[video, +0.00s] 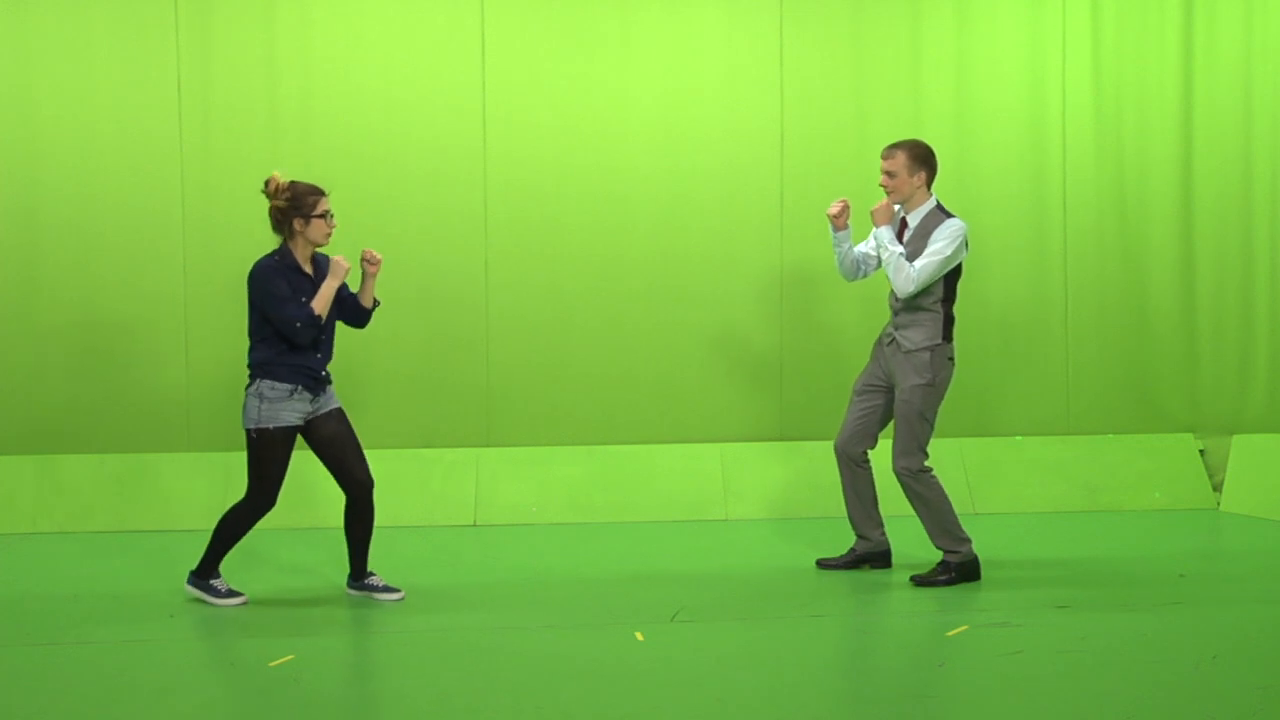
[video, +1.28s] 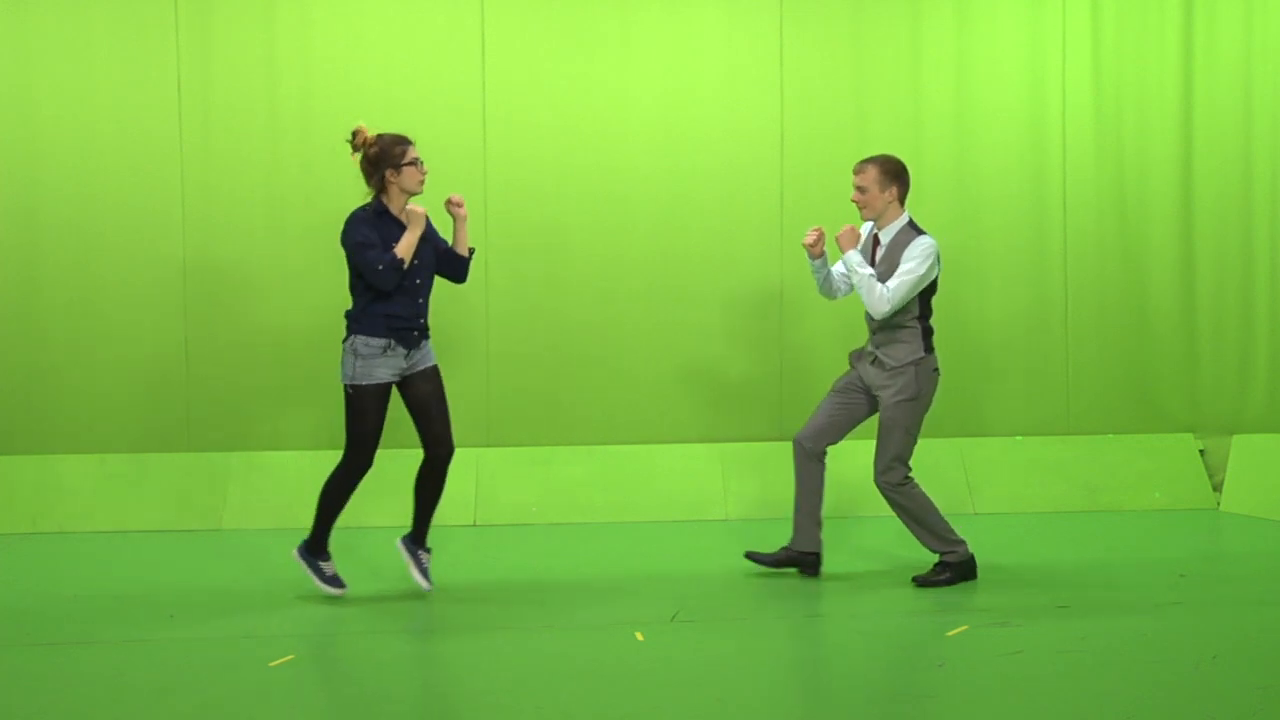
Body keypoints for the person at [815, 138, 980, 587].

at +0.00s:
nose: (884, 183)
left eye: (890, 176)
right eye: (883, 175)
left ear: (921, 178)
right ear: (901, 180)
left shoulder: (952, 230)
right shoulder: (896, 224)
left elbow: (907, 283)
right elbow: (851, 270)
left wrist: (884, 230)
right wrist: (841, 231)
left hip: (925, 356)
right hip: (888, 350)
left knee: (908, 461)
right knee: (850, 446)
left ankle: (961, 557)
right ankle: (871, 546)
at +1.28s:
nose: (855, 198)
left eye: (862, 190)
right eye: (854, 190)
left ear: (893, 193)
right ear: (882, 194)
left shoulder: (921, 248)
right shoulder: (868, 239)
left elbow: (881, 305)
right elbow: (833, 287)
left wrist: (851, 255)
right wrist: (818, 258)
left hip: (909, 370)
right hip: (871, 365)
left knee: (890, 475)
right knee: (808, 443)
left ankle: (957, 557)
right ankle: (805, 550)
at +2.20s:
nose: (756, 194)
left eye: (763, 187)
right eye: (756, 187)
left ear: (793, 191)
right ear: (779, 192)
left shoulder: (829, 240)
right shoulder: (772, 238)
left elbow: (791, 295)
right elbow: (733, 287)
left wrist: (760, 246)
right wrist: (724, 245)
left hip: (822, 369)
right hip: (779, 363)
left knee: (818, 476)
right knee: (726, 450)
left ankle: (868, 557)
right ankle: (722, 556)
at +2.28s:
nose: (749, 193)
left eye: (756, 186)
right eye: (749, 186)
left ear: (785, 189)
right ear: (772, 191)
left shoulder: (820, 239)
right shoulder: (765, 237)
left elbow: (780, 292)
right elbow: (736, 289)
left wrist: (750, 244)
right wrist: (717, 254)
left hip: (816, 368)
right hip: (775, 363)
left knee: (814, 475)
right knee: (722, 448)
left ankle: (868, 558)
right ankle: (712, 556)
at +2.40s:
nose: (727, 198)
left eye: (734, 191)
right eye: (726, 190)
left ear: (763, 194)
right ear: (755, 196)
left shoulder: (796, 244)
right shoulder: (748, 245)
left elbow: (755, 300)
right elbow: (743, 306)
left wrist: (726, 252)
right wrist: (704, 297)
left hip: (801, 373)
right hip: (760, 368)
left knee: (810, 480)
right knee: (701, 448)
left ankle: (867, 557)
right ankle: (685, 557)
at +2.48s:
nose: (703, 201)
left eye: (709, 193)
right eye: (702, 193)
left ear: (739, 196)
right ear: (728, 198)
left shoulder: (776, 244)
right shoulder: (723, 247)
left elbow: (737, 306)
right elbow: (717, 304)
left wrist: (707, 258)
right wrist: (676, 318)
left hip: (788, 372)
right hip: (743, 371)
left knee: (811, 476)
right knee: (688, 448)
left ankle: (867, 557)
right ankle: (679, 559)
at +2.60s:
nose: (660, 211)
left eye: (666, 203)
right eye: (660, 202)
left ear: (697, 205)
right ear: (688, 206)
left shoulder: (746, 243)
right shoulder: (676, 246)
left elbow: (727, 307)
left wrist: (681, 264)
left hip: (779, 361)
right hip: (735, 365)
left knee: (814, 460)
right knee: (683, 452)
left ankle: (875, 553)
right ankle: (677, 559)